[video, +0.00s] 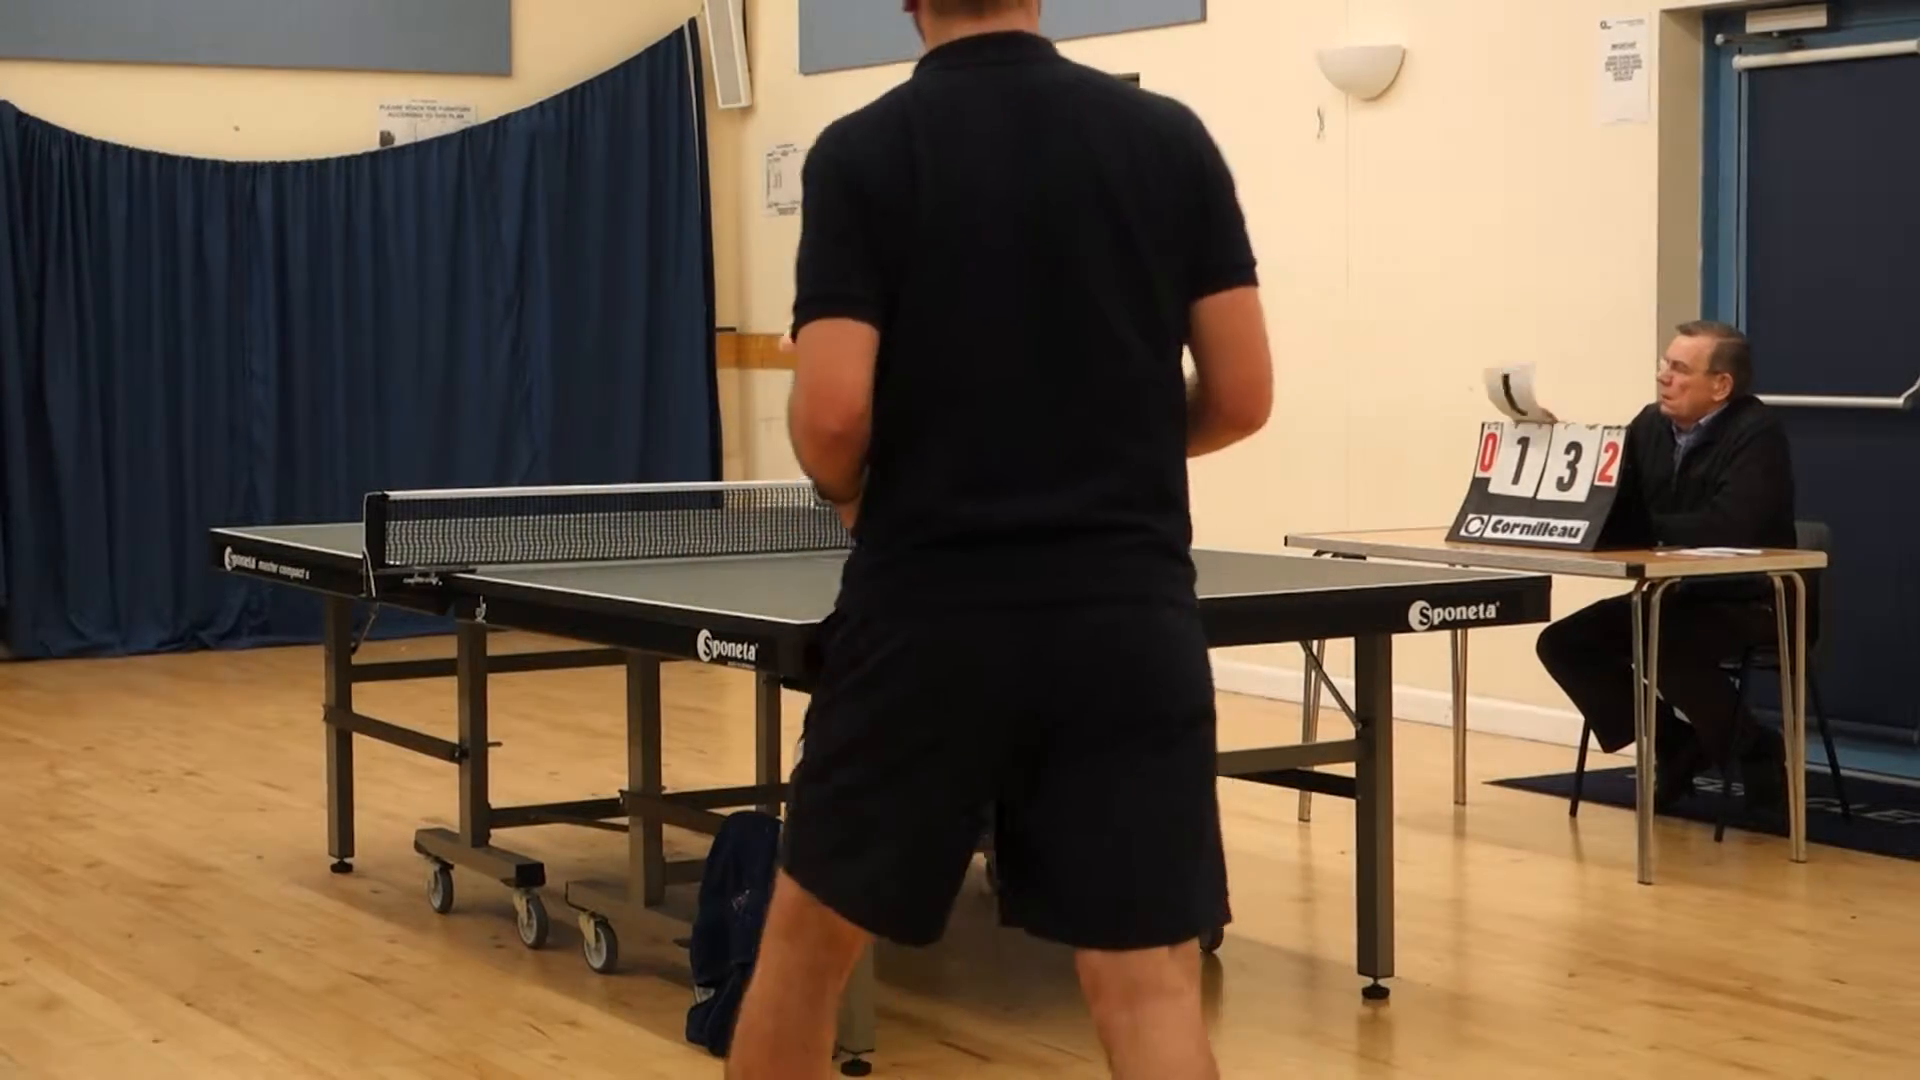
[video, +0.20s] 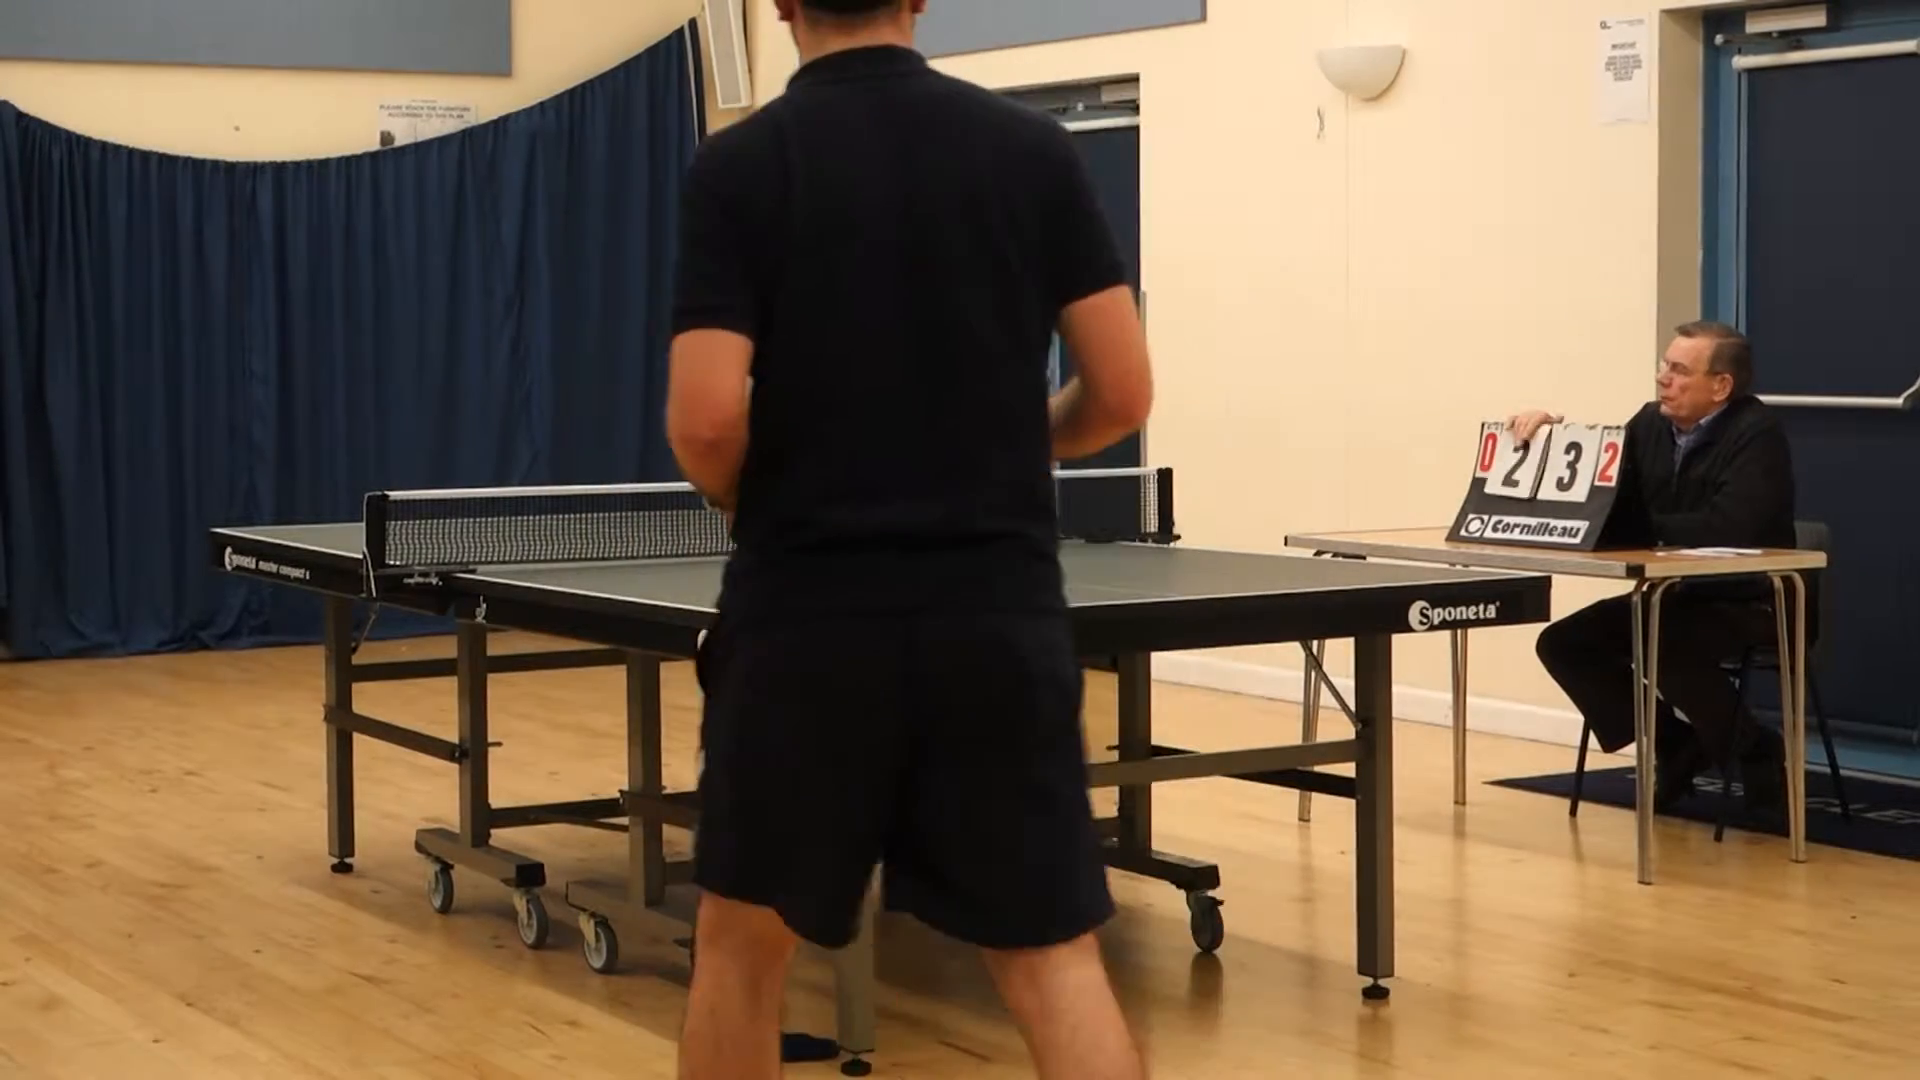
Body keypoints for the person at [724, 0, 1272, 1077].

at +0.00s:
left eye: (910, 13)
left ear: (916, 7)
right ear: (1040, 5)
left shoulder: (864, 148)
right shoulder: (1164, 134)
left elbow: (829, 418)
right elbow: (1238, 397)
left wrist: (852, 490)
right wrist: (1110, 436)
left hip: (925, 634)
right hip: (1130, 630)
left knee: (806, 956)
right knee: (1147, 987)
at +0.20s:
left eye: (777, 15)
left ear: (784, 12)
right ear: (915, 6)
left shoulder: (742, 161)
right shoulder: (1028, 146)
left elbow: (706, 421)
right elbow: (1121, 394)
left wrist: (770, 502)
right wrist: (1003, 447)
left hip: (807, 633)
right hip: (999, 627)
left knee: (742, 950)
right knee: (1055, 962)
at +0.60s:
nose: (735, 20)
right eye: (738, 11)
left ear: (608, 12)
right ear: (734, 11)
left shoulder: (552, 161)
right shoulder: (828, 148)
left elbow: (475, 407)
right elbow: (910, 376)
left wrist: (540, 464)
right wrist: (836, 451)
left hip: (632, 573)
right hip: (795, 570)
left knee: (663, 914)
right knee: (746, 866)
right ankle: (712, 1062)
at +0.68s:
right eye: (720, 17)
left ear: (588, 24)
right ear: (718, 22)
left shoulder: (536, 173)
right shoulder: (804, 163)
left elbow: (461, 416)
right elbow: (884, 387)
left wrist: (514, 499)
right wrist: (827, 460)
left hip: (607, 578)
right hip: (767, 576)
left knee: (646, 926)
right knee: (700, 890)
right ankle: (665, 1069)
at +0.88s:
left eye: (562, 18)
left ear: (564, 22)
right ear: (692, 27)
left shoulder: (499, 163)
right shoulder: (756, 173)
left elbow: (448, 391)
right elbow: (819, 403)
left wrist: (426, 576)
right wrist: (784, 460)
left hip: (545, 572)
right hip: (702, 573)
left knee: (528, 877)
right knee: (659, 849)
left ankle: (606, 1062)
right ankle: (640, 1079)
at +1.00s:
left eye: (536, 20)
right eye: (658, 26)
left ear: (538, 29)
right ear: (663, 35)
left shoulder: (474, 170)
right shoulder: (727, 179)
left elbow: (414, 379)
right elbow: (789, 404)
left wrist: (383, 574)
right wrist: (759, 436)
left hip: (515, 570)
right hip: (673, 575)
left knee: (487, 823)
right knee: (656, 847)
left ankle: (506, 1054)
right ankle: (634, 1072)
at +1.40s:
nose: (569, 104)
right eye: (571, 89)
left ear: (457, 79)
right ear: (559, 89)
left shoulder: (369, 197)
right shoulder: (576, 207)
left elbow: (289, 392)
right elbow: (655, 420)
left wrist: (311, 550)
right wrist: (715, 386)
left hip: (386, 563)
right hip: (522, 566)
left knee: (409, 800)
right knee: (614, 809)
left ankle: (338, 1054)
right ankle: (574, 1059)